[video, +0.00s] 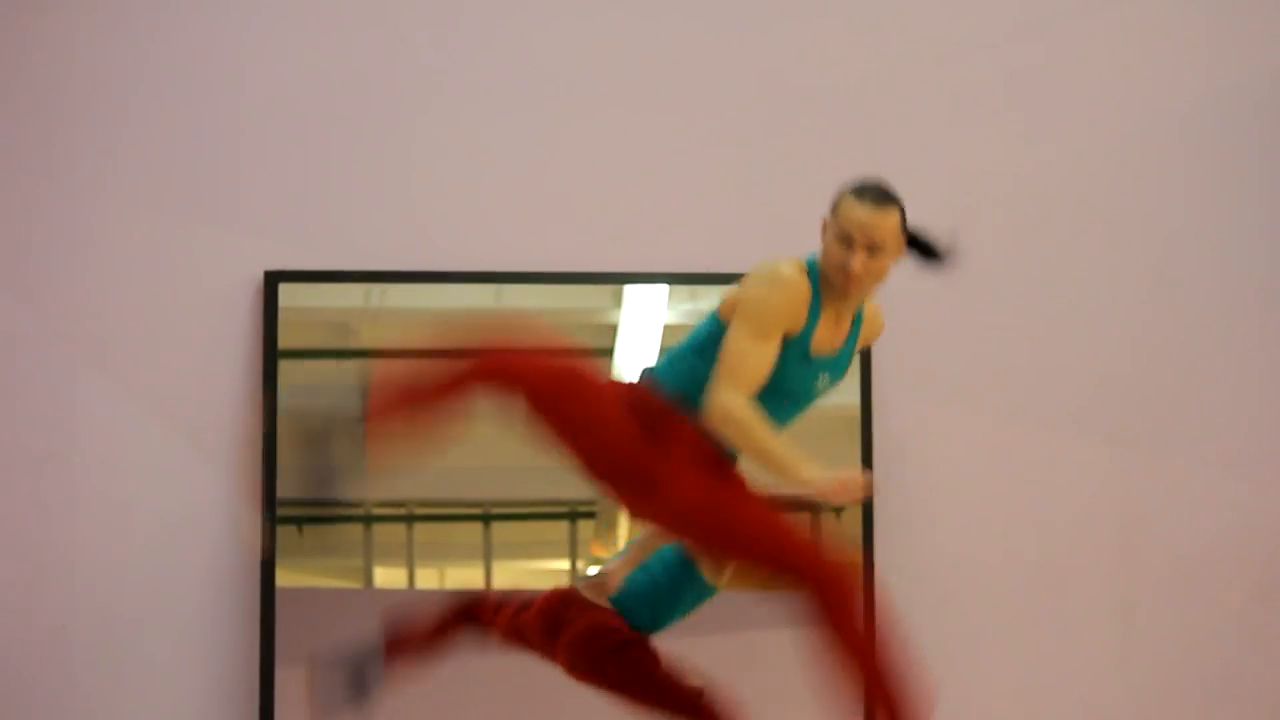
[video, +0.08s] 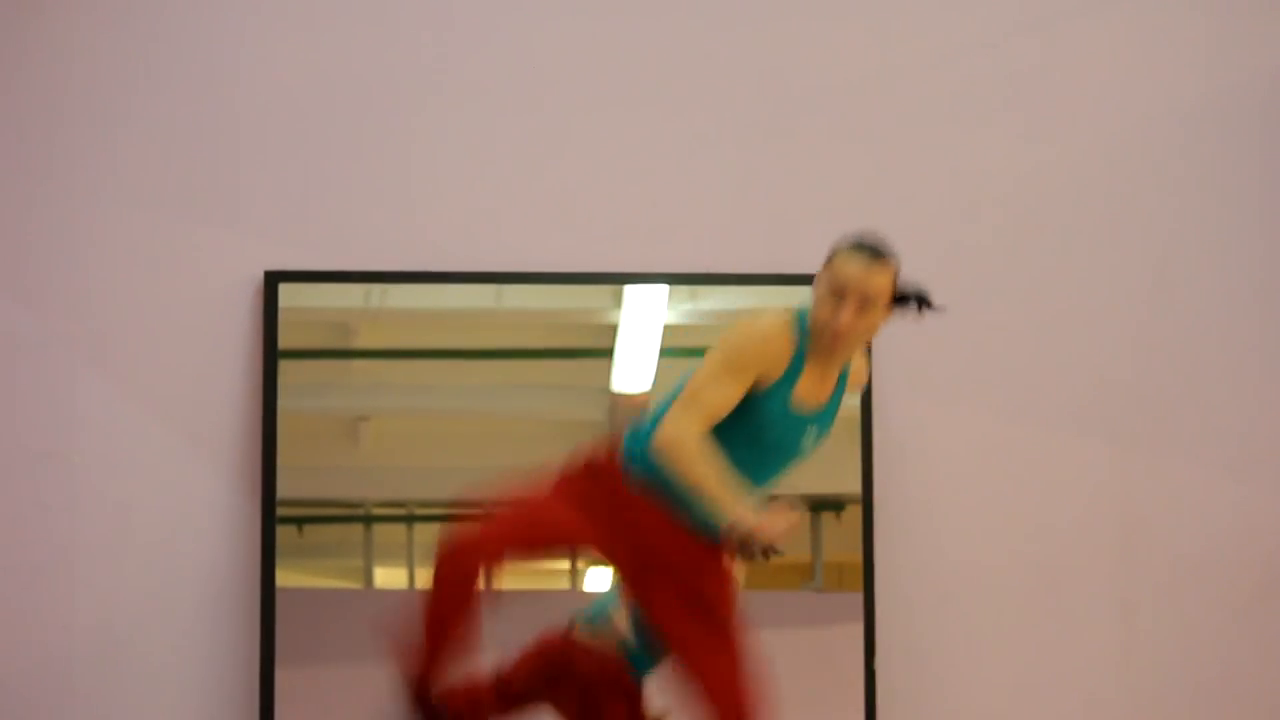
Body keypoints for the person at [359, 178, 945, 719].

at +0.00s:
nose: (854, 262)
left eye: (873, 252)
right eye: (845, 243)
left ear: (895, 261)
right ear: (825, 235)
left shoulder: (869, 321)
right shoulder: (780, 288)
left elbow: (780, 391)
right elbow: (725, 407)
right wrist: (814, 482)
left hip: (699, 476)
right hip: (638, 424)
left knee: (829, 564)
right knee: (511, 356)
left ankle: (886, 706)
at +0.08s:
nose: (843, 314)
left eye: (863, 305)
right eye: (836, 295)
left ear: (885, 316)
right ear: (816, 286)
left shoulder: (852, 374)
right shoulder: (765, 337)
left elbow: (761, 443)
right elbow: (675, 435)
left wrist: (739, 512)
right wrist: (749, 513)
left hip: (688, 543)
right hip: (617, 490)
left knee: (733, 702)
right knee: (466, 545)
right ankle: (432, 687)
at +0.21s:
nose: (758, 383)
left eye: (779, 372)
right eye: (753, 365)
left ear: (816, 381)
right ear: (743, 364)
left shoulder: (805, 483)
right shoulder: (675, 426)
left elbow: (800, 570)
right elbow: (593, 523)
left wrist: (831, 657)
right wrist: (594, 630)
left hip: (678, 655)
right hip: (586, 636)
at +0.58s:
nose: (628, 268)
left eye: (645, 251)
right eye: (618, 255)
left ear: (687, 258)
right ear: (610, 265)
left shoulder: (709, 346)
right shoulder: (624, 352)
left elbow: (720, 470)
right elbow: (575, 484)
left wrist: (625, 421)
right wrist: (593, 400)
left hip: (673, 572)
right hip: (610, 568)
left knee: (659, 709)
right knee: (584, 708)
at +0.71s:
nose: (624, 268)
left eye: (641, 251)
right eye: (615, 255)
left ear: (682, 258)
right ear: (607, 266)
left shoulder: (697, 346)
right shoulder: (626, 352)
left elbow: (703, 467)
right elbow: (584, 485)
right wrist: (596, 417)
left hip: (670, 572)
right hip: (616, 571)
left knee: (668, 710)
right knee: (594, 708)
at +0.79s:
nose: (624, 269)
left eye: (641, 252)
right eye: (614, 256)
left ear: (682, 259)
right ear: (607, 265)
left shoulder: (694, 346)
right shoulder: (625, 354)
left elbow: (701, 468)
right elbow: (588, 491)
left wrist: (617, 527)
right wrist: (594, 418)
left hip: (672, 572)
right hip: (617, 570)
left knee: (670, 709)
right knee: (599, 708)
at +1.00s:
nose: (626, 270)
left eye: (643, 253)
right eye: (616, 256)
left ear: (684, 260)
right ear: (608, 266)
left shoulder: (697, 347)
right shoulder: (622, 357)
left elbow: (711, 471)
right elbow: (587, 493)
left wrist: (633, 534)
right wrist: (591, 422)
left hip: (674, 574)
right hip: (615, 571)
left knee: (670, 710)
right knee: (597, 709)